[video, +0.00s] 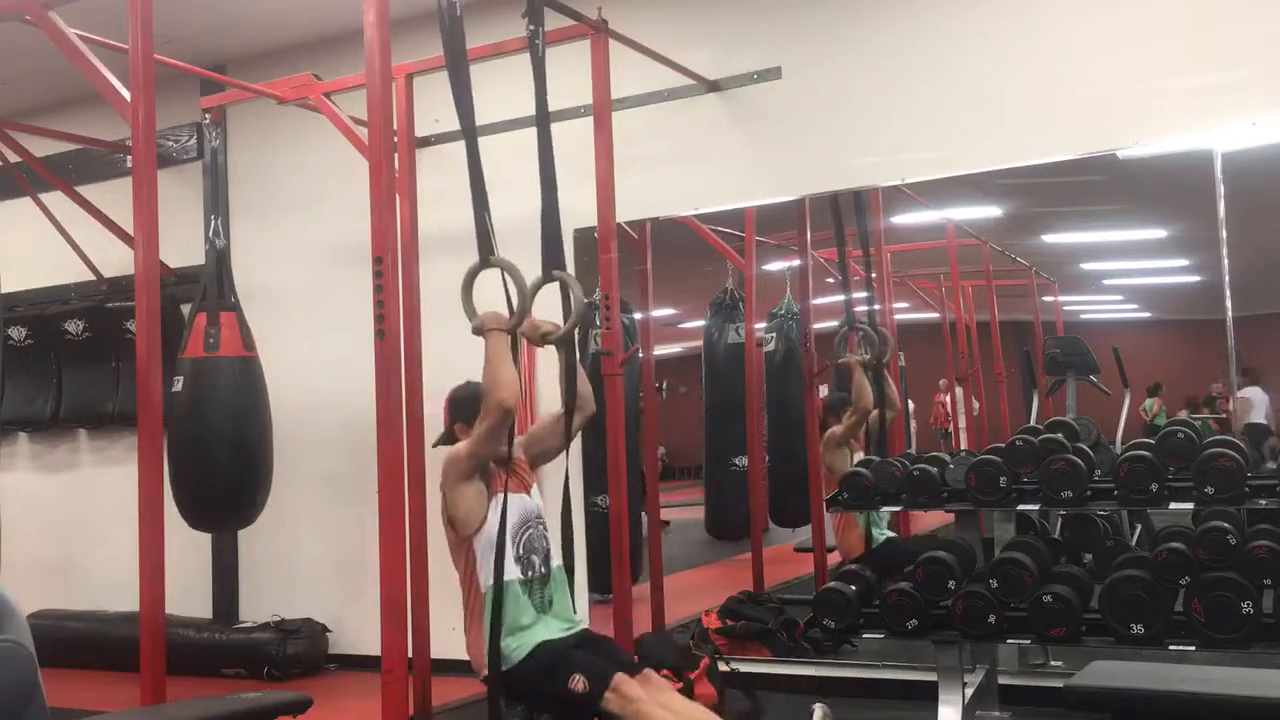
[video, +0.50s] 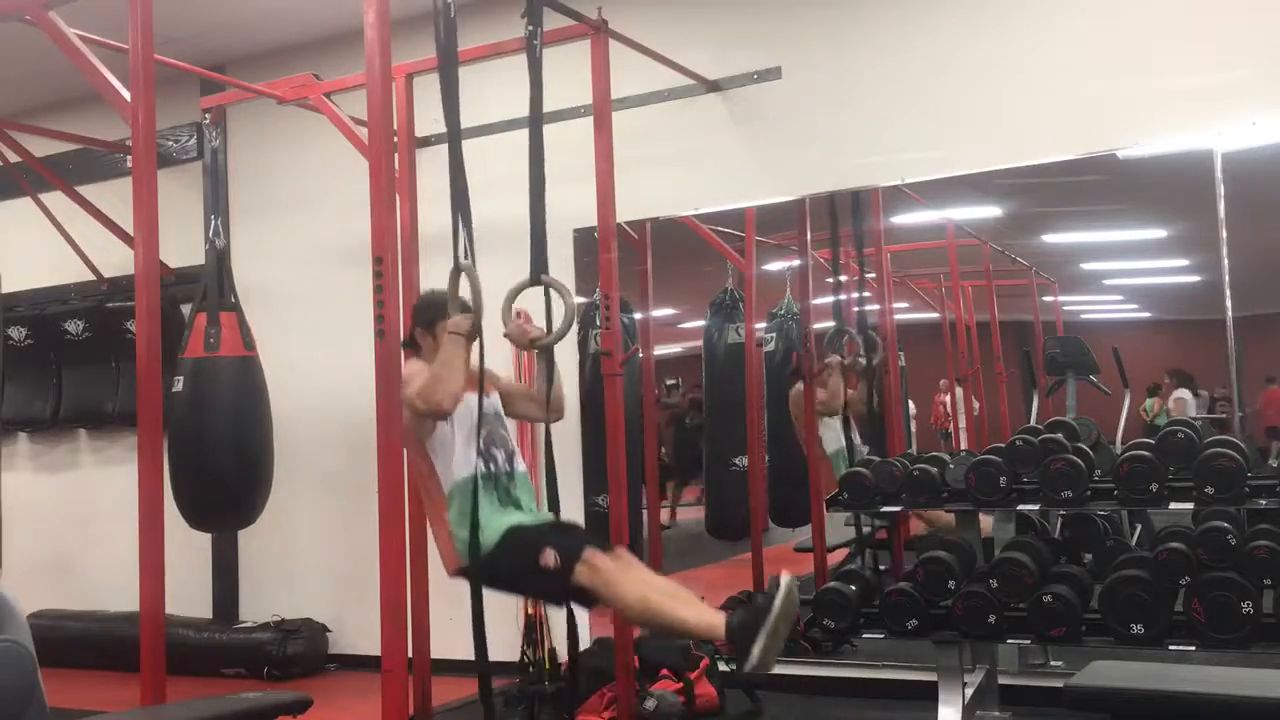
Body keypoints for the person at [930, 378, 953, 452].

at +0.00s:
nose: (942, 387)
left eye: (944, 385)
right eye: (941, 385)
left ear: (947, 386)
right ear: (939, 386)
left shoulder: (949, 396)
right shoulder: (937, 396)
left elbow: (952, 408)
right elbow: (935, 410)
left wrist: (952, 421)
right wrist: (933, 420)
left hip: (949, 422)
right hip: (940, 422)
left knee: (951, 438)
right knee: (942, 439)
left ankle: (953, 451)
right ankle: (943, 452)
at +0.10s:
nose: (942, 387)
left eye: (944, 385)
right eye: (941, 385)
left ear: (947, 386)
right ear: (939, 386)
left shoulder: (949, 396)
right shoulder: (937, 396)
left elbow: (951, 409)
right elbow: (935, 409)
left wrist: (953, 421)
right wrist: (933, 420)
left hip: (949, 422)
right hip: (940, 422)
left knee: (951, 438)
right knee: (942, 439)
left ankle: (952, 451)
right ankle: (943, 452)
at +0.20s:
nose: (943, 387)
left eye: (944, 385)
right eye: (941, 386)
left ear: (948, 386)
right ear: (940, 386)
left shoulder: (949, 396)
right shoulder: (937, 396)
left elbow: (952, 409)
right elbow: (935, 409)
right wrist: (933, 420)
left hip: (949, 422)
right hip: (940, 422)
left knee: (951, 439)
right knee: (942, 439)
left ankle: (952, 452)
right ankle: (944, 452)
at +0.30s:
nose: (942, 387)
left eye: (944, 385)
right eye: (941, 385)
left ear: (948, 386)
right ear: (939, 386)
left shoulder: (949, 396)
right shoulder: (937, 397)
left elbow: (952, 409)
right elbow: (935, 409)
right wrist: (933, 420)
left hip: (949, 422)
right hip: (940, 422)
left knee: (951, 439)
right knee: (942, 439)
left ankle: (952, 452)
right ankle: (944, 452)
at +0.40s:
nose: (942, 387)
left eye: (944, 385)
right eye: (941, 385)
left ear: (948, 386)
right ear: (939, 386)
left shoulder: (950, 396)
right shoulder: (937, 397)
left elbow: (952, 409)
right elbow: (935, 409)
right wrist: (933, 420)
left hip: (949, 422)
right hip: (940, 422)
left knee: (950, 438)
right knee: (942, 439)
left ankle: (952, 452)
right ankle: (944, 452)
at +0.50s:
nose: (943, 387)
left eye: (944, 385)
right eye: (941, 385)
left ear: (948, 386)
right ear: (939, 386)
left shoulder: (950, 396)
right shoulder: (937, 397)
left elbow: (953, 408)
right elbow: (935, 409)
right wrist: (933, 421)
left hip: (949, 422)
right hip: (940, 422)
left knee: (951, 438)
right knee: (942, 439)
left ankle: (952, 452)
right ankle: (944, 453)